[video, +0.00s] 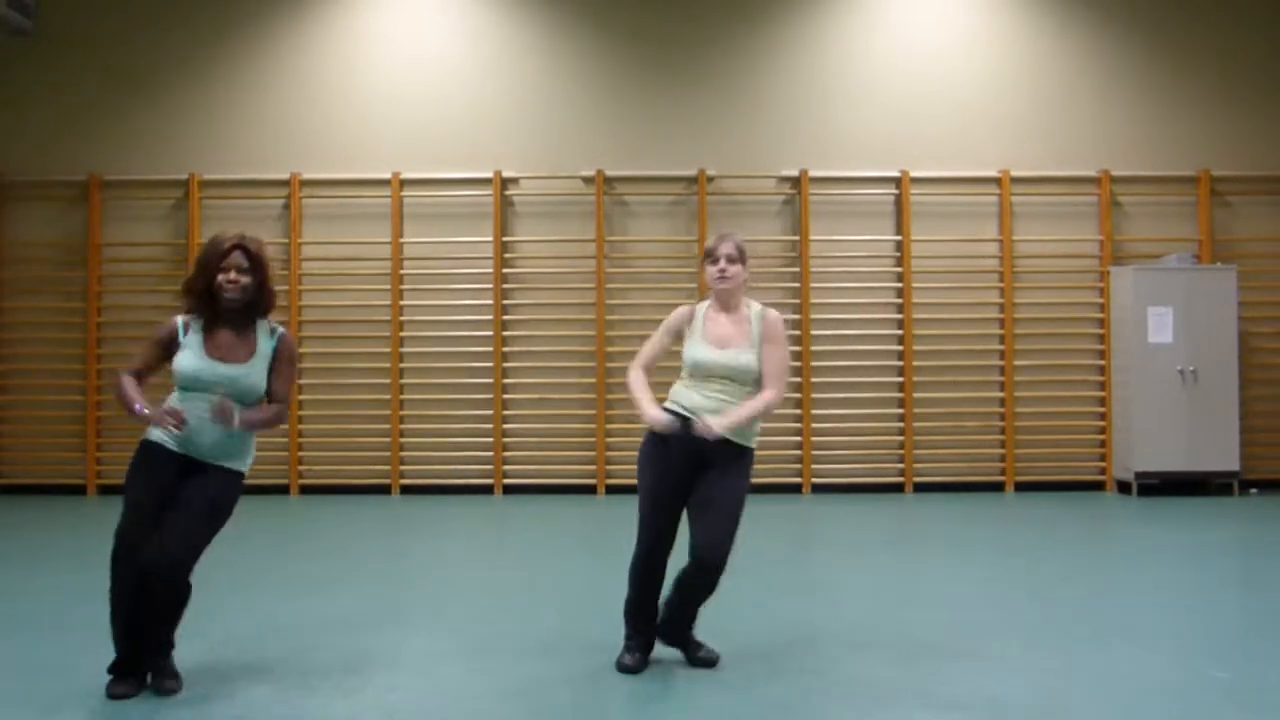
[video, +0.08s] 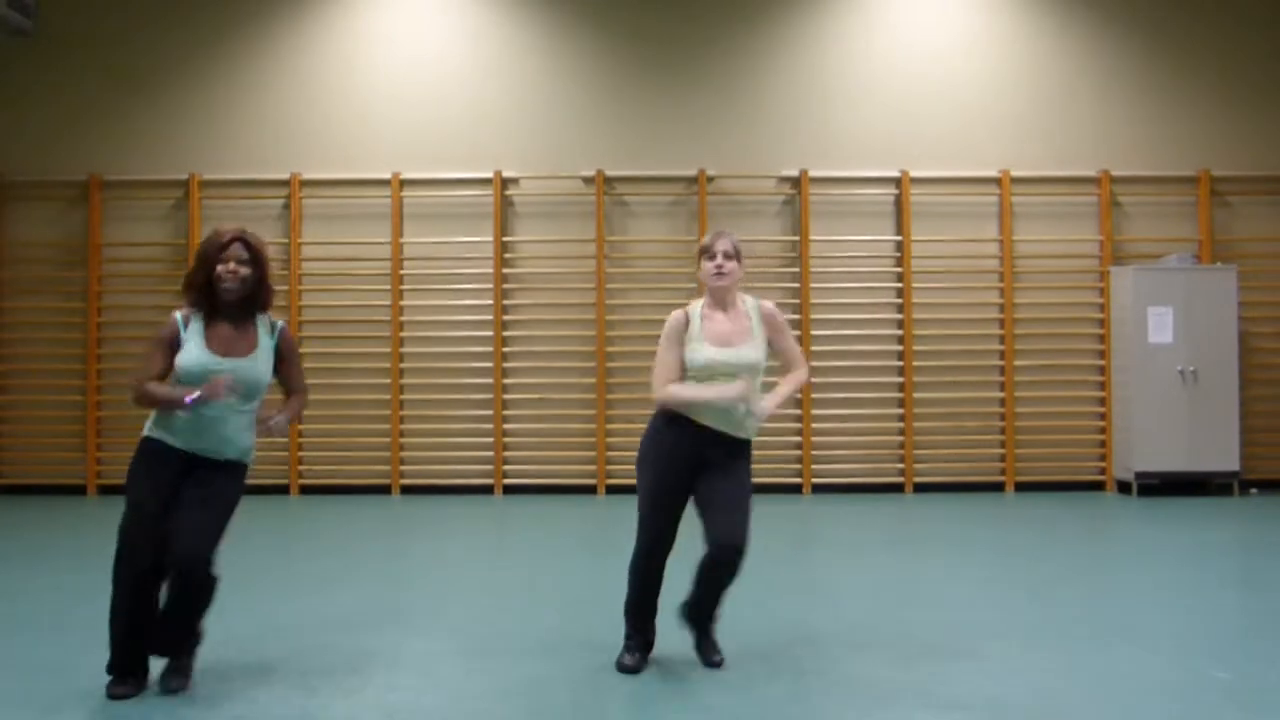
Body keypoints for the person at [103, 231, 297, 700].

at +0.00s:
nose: (232, 278)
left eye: (242, 271)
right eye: (223, 270)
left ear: (257, 281)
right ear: (210, 277)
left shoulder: (277, 342)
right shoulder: (182, 329)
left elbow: (279, 410)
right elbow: (130, 376)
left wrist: (241, 419)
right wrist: (148, 411)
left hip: (221, 467)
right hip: (163, 453)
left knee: (170, 560)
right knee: (130, 553)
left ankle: (161, 654)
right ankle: (128, 665)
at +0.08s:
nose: (230, 269)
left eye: (241, 263)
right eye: (222, 261)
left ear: (257, 274)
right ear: (207, 270)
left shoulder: (274, 334)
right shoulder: (183, 324)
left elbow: (297, 393)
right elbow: (143, 386)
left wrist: (284, 416)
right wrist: (185, 397)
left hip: (224, 464)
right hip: (163, 452)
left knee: (189, 557)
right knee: (137, 554)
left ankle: (180, 651)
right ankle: (127, 667)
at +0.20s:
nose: (244, 243)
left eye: (255, 237)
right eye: (236, 234)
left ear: (271, 250)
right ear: (219, 244)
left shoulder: (282, 300)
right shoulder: (198, 294)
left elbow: (324, 338)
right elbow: (181, 344)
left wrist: (343, 341)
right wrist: (239, 324)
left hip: (245, 443)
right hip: (182, 437)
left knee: (262, 550)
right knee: (162, 550)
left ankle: (256, 644)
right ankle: (133, 667)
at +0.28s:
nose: (257, 236)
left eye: (269, 231)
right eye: (248, 229)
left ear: (283, 246)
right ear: (232, 242)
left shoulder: (295, 293)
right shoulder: (213, 281)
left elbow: (351, 310)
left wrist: (389, 293)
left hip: (264, 436)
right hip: (198, 433)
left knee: (296, 542)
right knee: (171, 548)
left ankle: (325, 649)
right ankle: (136, 668)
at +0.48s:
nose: (298, 247)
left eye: (307, 241)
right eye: (289, 239)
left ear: (322, 252)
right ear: (273, 250)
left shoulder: (338, 294)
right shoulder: (258, 292)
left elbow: (404, 296)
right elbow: (281, 294)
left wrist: (454, 265)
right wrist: (345, 274)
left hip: (318, 437)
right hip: (258, 440)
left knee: (349, 546)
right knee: (241, 550)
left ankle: (366, 652)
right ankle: (176, 654)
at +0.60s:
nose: (319, 253)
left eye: (328, 245)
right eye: (309, 245)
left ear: (343, 254)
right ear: (294, 255)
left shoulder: (362, 305)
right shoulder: (276, 304)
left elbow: (406, 353)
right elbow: (270, 364)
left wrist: (428, 332)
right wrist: (321, 348)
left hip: (338, 443)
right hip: (282, 444)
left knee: (353, 546)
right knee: (303, 547)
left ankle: (364, 650)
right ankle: (289, 637)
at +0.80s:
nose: (339, 241)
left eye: (348, 235)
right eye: (330, 235)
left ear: (363, 245)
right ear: (314, 247)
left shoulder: (379, 297)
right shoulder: (302, 297)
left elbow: (416, 345)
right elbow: (284, 351)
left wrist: (422, 331)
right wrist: (332, 319)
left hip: (367, 436)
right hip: (309, 436)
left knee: (405, 525)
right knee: (313, 545)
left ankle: (389, 626)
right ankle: (308, 655)